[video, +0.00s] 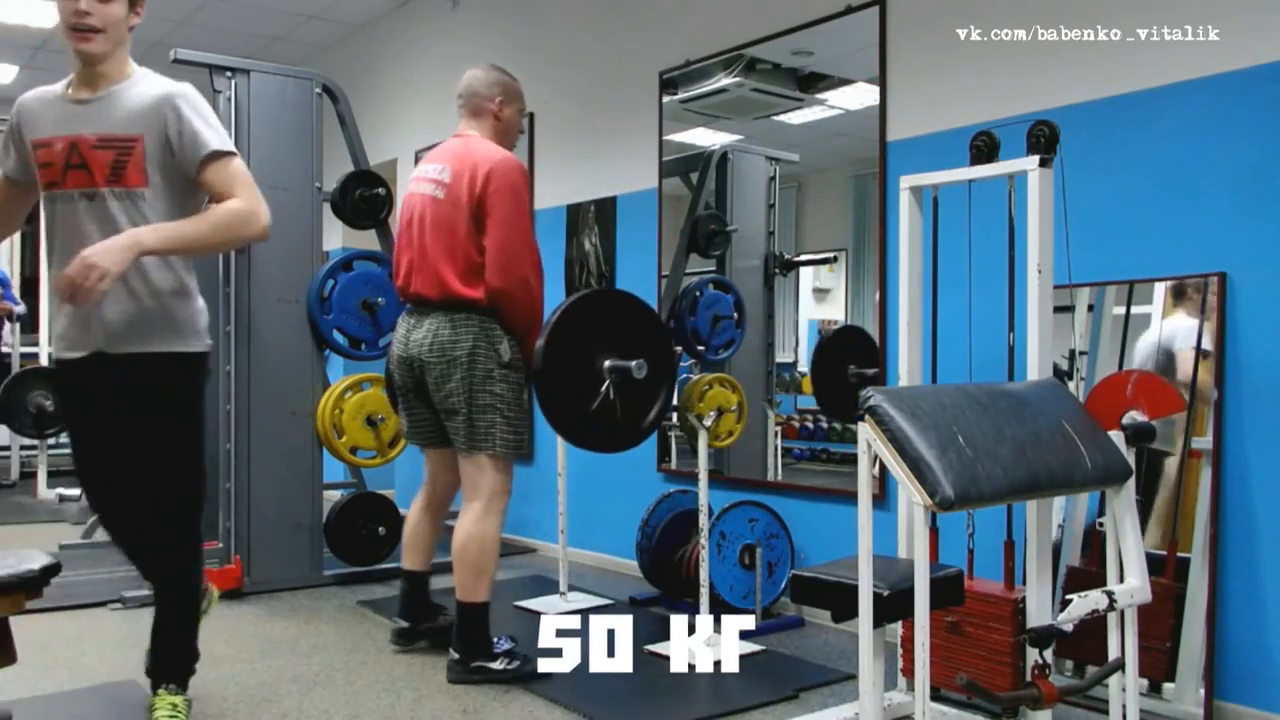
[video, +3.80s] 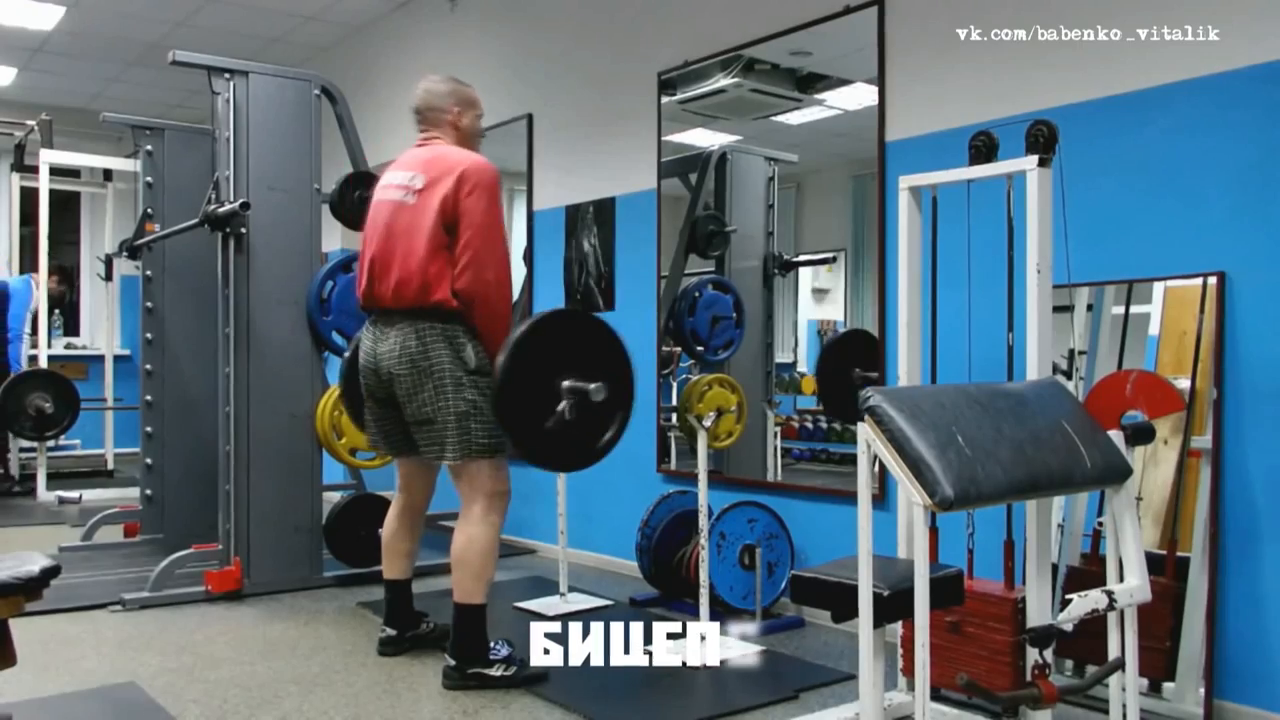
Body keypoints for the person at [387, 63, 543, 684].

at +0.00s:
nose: (521, 128)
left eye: (522, 119)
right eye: (520, 118)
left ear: (468, 107)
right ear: (499, 107)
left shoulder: (425, 163)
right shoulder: (501, 165)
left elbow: (403, 264)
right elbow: (511, 271)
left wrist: (435, 310)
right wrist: (527, 340)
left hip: (412, 332)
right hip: (472, 334)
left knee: (438, 480)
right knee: (485, 491)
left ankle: (414, 616)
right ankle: (473, 649)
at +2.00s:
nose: (473, 121)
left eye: (472, 112)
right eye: (469, 111)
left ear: (421, 113)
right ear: (446, 110)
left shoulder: (387, 165)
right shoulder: (461, 164)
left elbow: (366, 266)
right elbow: (472, 273)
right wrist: (494, 343)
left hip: (377, 338)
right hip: (434, 338)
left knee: (412, 483)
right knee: (482, 491)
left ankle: (399, 620)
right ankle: (469, 651)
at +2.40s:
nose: (435, 109)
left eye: (432, 99)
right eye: (428, 100)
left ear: (380, 104)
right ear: (401, 100)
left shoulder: (356, 164)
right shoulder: (425, 147)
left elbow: (368, 267)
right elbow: (476, 242)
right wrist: (511, 281)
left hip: (396, 333)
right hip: (449, 324)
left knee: (424, 473)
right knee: (494, 476)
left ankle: (401, 612)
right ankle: (477, 638)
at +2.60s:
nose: (427, 143)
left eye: (428, 135)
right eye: (424, 134)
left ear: (373, 124)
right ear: (399, 123)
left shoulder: (345, 181)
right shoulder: (399, 163)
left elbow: (384, 263)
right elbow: (475, 231)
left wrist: (458, 203)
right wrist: (514, 201)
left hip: (411, 348)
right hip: (462, 340)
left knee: (434, 487)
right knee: (502, 489)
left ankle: (402, 620)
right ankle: (472, 652)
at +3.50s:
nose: (453, 123)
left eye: (452, 112)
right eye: (449, 111)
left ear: (398, 110)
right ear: (423, 108)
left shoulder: (361, 172)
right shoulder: (431, 160)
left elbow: (363, 275)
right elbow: (472, 258)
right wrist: (522, 281)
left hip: (387, 341)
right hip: (444, 334)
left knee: (416, 481)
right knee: (479, 491)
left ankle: (400, 622)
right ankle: (470, 654)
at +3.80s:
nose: (480, 128)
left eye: (478, 118)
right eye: (476, 118)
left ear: (426, 119)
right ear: (456, 116)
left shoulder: (394, 170)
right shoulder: (472, 169)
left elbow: (373, 267)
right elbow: (482, 277)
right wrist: (497, 356)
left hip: (378, 340)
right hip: (437, 340)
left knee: (412, 487)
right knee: (486, 493)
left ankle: (400, 621)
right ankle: (471, 654)